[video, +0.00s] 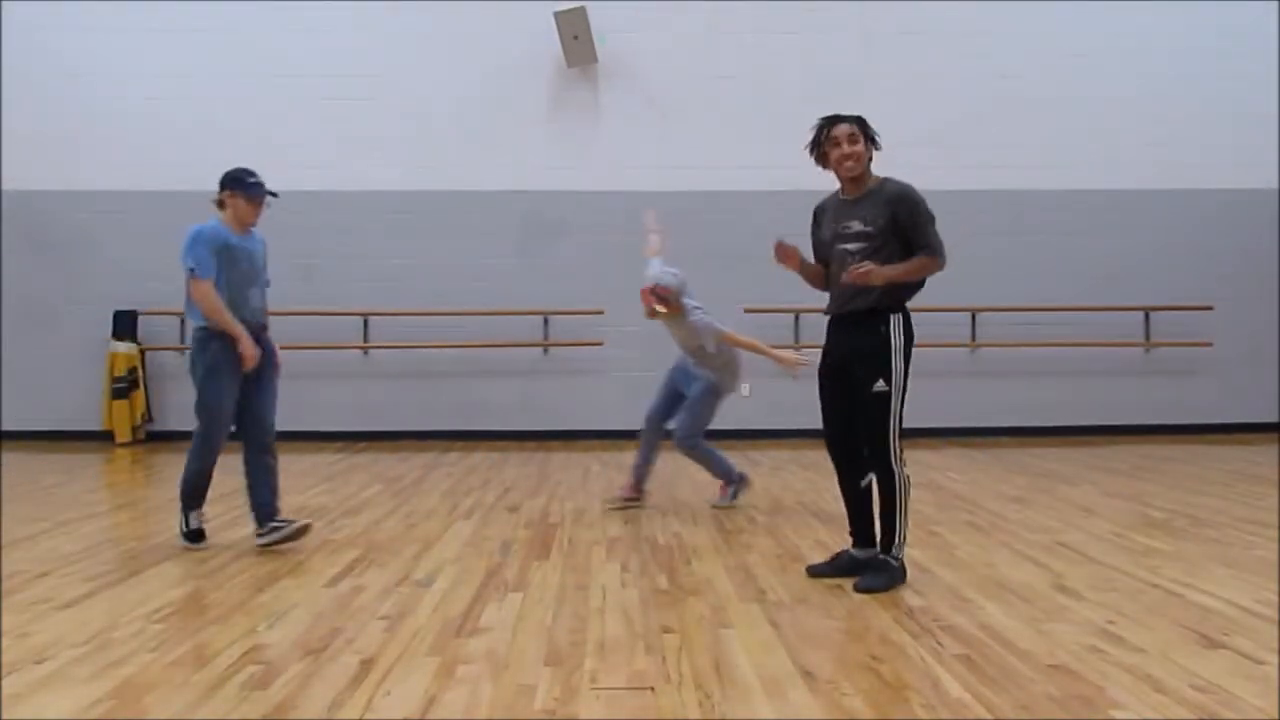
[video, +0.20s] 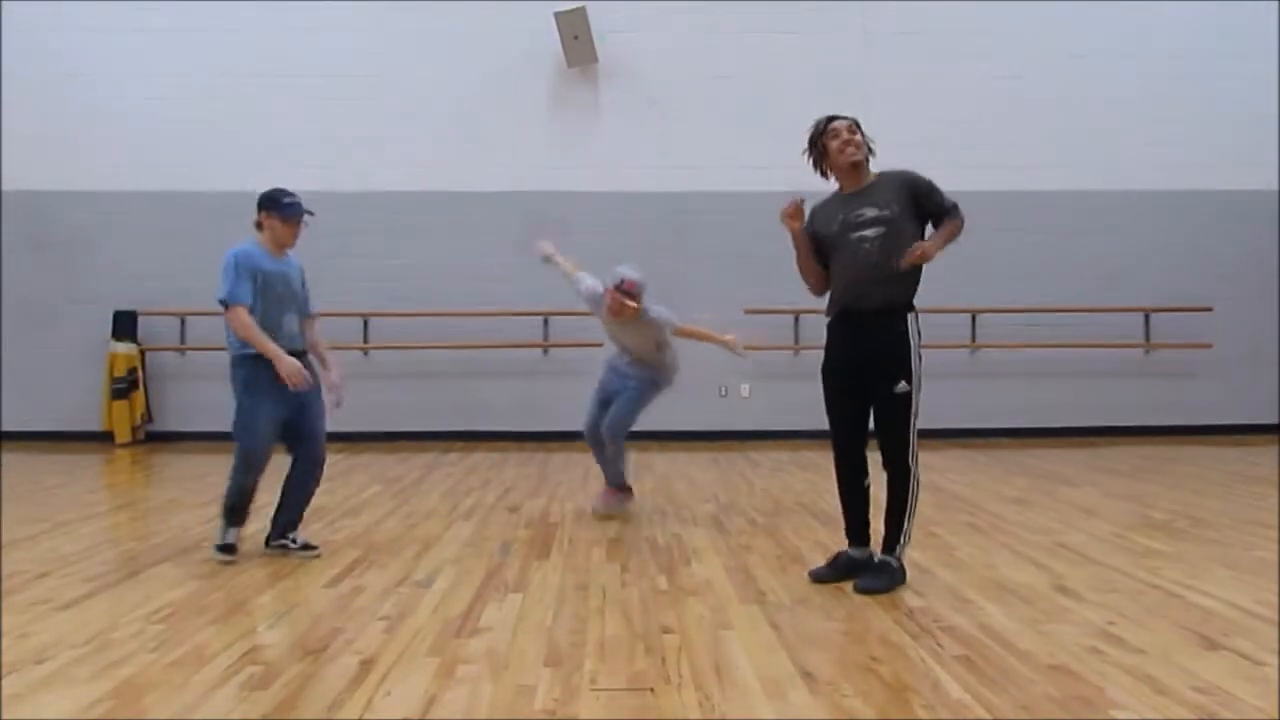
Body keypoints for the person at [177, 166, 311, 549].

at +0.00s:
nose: (259, 209)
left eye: (262, 203)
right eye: (252, 202)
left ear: (260, 203)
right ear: (228, 199)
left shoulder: (257, 244)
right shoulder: (204, 238)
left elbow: (257, 300)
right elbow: (201, 292)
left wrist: (266, 342)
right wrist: (241, 336)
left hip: (255, 342)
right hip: (216, 344)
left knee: (261, 434)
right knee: (213, 432)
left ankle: (267, 519)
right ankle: (192, 507)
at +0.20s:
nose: (297, 230)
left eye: (299, 223)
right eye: (290, 222)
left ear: (295, 223)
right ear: (265, 220)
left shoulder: (294, 267)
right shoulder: (241, 260)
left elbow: (307, 324)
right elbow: (237, 317)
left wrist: (326, 366)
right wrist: (279, 358)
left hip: (298, 366)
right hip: (257, 366)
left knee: (312, 452)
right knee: (255, 449)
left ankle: (283, 532)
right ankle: (232, 525)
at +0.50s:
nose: (329, 219)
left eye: (332, 211)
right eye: (321, 211)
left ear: (335, 211)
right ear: (297, 208)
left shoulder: (333, 254)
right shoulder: (270, 251)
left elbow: (348, 306)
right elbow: (245, 312)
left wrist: (351, 344)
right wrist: (242, 375)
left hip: (329, 356)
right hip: (291, 356)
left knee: (305, 445)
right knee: (317, 442)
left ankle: (280, 530)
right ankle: (342, 532)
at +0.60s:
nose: (340, 219)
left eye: (344, 212)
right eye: (331, 212)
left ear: (348, 211)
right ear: (308, 209)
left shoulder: (347, 253)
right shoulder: (282, 255)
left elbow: (358, 309)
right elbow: (254, 314)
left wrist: (363, 359)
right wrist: (248, 376)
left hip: (340, 361)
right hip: (304, 360)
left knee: (308, 448)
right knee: (331, 445)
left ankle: (280, 529)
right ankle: (355, 537)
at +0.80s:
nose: (366, 216)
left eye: (370, 208)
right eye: (358, 208)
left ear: (375, 207)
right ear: (334, 205)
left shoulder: (377, 248)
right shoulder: (312, 253)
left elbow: (388, 303)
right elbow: (290, 316)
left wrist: (394, 354)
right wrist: (312, 372)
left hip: (369, 358)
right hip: (333, 358)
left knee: (337, 449)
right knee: (352, 452)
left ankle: (290, 520)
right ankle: (362, 542)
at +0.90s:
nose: (380, 215)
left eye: (385, 207)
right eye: (372, 207)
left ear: (390, 207)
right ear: (349, 204)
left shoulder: (389, 247)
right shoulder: (327, 252)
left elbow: (398, 302)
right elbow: (306, 314)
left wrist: (402, 354)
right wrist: (332, 369)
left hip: (382, 358)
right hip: (347, 358)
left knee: (379, 447)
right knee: (360, 448)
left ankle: (313, 505)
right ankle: (364, 542)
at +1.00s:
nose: (397, 215)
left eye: (402, 207)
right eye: (389, 207)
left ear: (407, 207)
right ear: (366, 202)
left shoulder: (399, 246)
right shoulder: (343, 249)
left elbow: (404, 298)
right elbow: (311, 309)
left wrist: (413, 342)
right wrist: (345, 358)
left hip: (397, 358)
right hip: (361, 360)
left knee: (410, 441)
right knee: (371, 448)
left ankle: (349, 499)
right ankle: (365, 542)